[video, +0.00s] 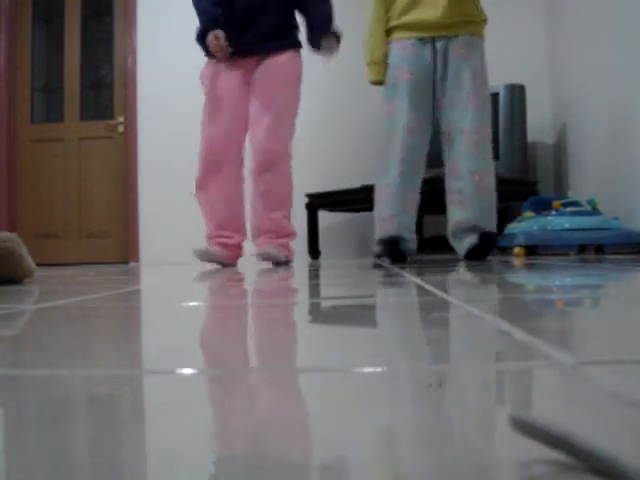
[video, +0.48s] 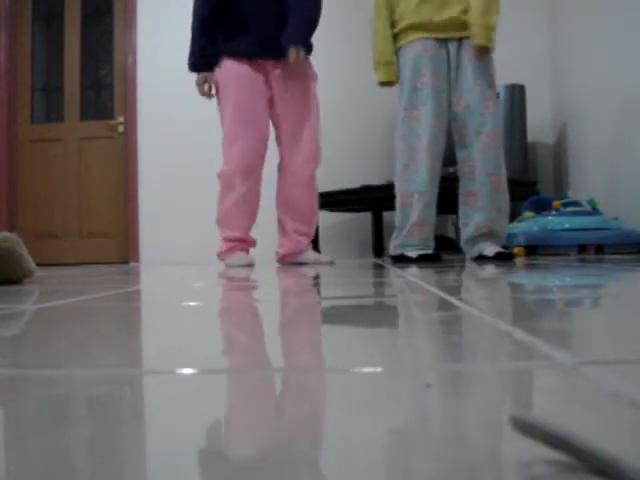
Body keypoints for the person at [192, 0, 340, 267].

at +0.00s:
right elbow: (203, 2)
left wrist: (321, 28)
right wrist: (211, 28)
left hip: (277, 52)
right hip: (224, 55)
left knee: (270, 149)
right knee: (218, 150)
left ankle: (274, 243)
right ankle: (224, 244)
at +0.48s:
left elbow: (310, 0)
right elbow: (205, 6)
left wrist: (298, 36)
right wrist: (203, 62)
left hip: (291, 57)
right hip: (237, 59)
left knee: (301, 157)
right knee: (242, 157)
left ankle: (295, 247)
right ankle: (235, 248)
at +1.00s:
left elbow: (301, 3)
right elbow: (187, 2)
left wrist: (308, 44)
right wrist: (193, 32)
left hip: (265, 54)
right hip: (211, 57)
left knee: (267, 155)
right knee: (211, 158)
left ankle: (280, 243)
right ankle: (222, 246)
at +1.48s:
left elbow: (299, 2)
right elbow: (186, 3)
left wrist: (303, 51)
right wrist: (190, 39)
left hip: (267, 53)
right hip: (212, 56)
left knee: (259, 153)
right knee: (202, 158)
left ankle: (275, 248)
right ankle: (218, 249)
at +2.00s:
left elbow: (310, 6)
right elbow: (200, 4)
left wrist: (313, 62)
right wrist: (215, 37)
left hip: (281, 55)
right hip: (225, 57)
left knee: (275, 158)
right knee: (223, 159)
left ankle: (277, 247)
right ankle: (222, 248)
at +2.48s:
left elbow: (309, 3)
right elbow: (186, 9)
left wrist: (322, 21)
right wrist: (165, 61)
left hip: (279, 67)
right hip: (227, 67)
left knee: (299, 154)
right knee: (241, 153)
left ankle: (294, 247)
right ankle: (211, 246)